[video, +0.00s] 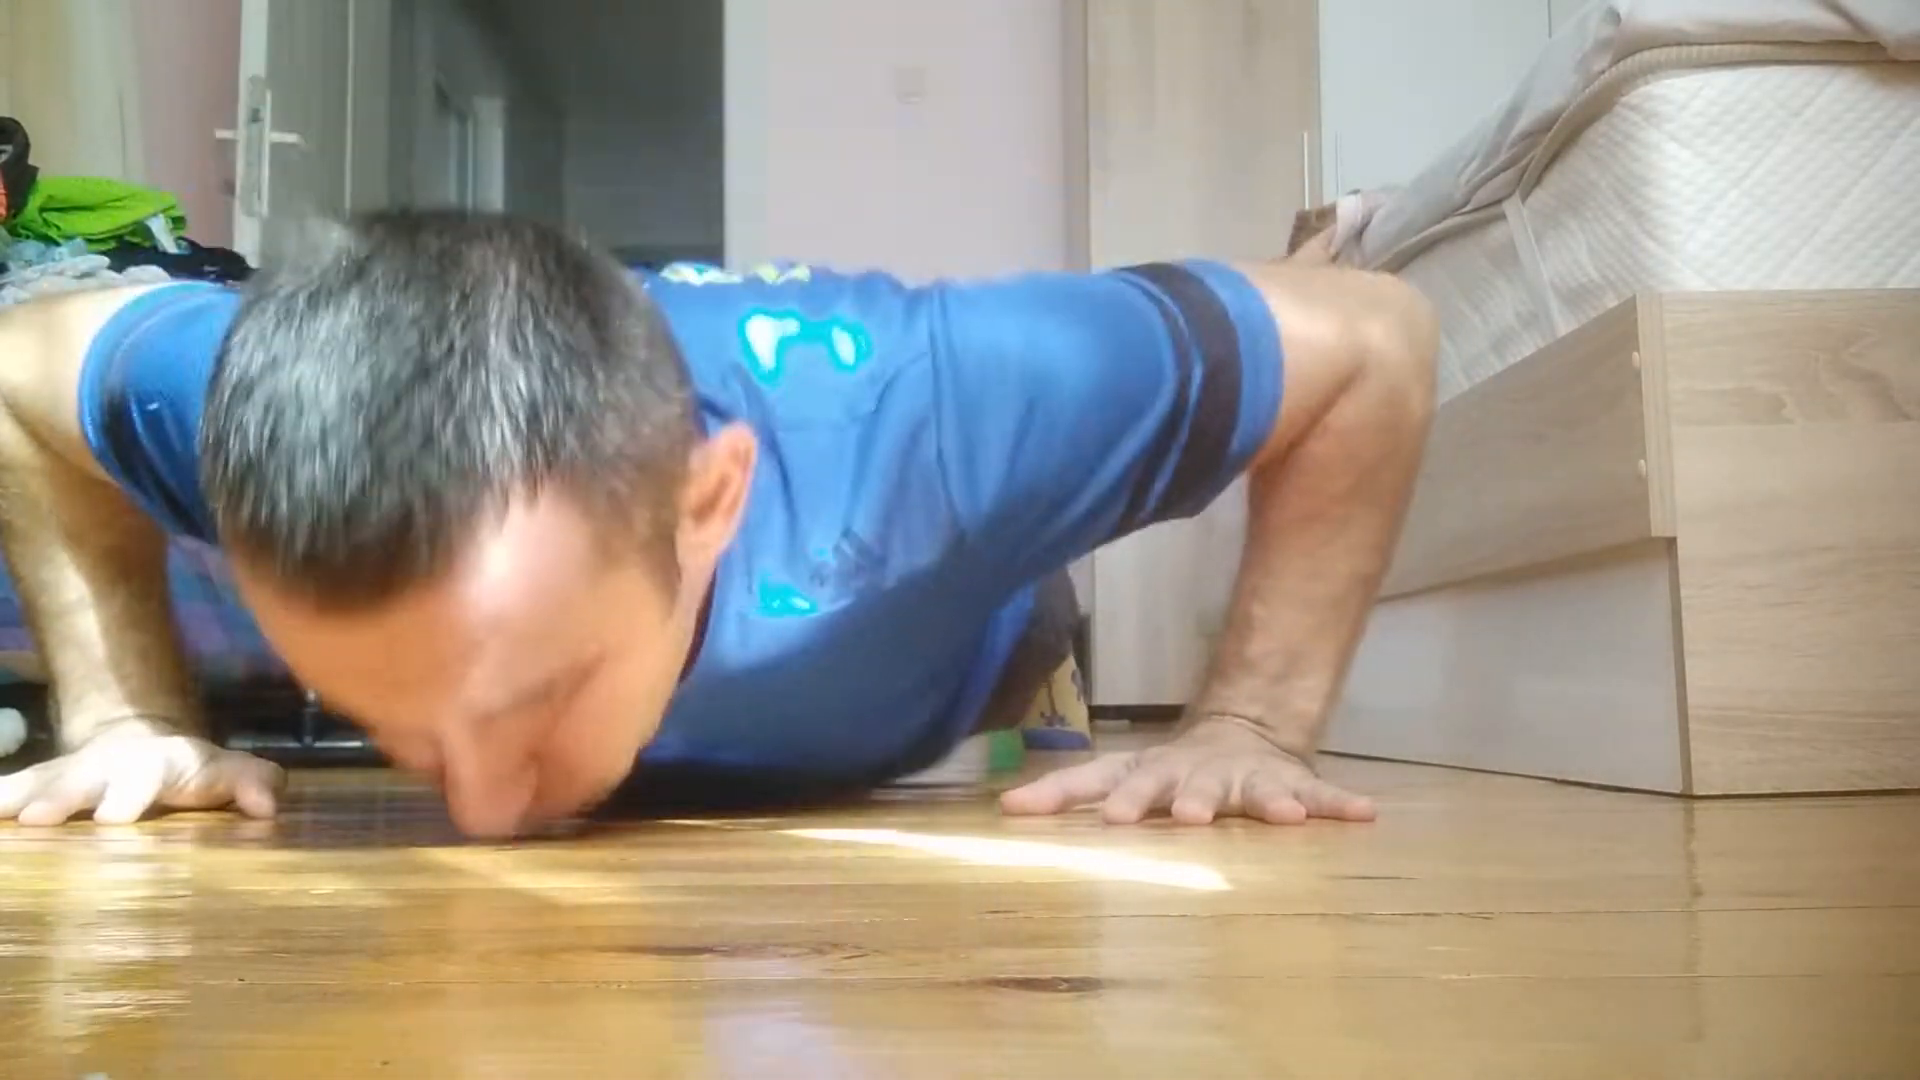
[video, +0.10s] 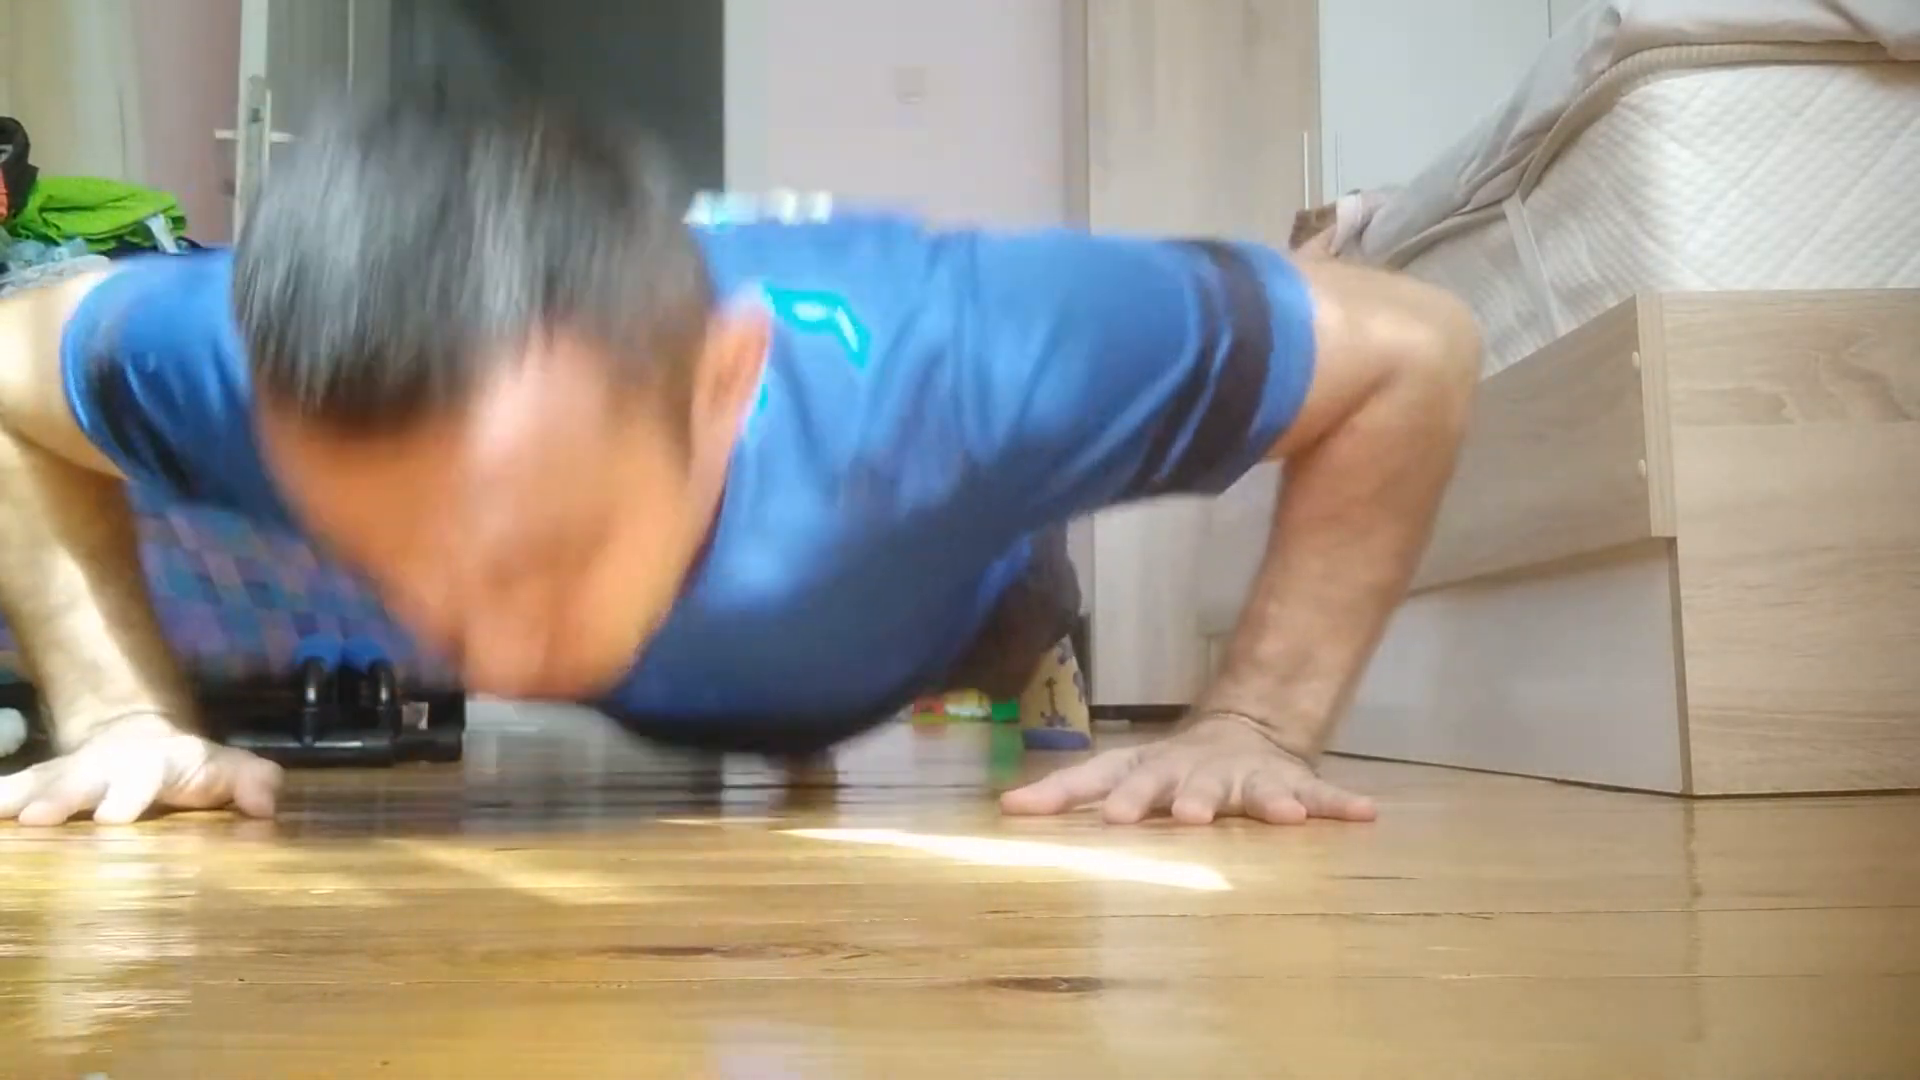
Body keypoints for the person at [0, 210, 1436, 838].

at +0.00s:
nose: (474, 798)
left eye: (543, 698)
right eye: (387, 716)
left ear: (708, 511)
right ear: (280, 556)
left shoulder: (940, 431)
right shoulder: (235, 404)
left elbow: (1374, 342)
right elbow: (27, 364)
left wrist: (1251, 721)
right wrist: (125, 715)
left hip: (910, 727)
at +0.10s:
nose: (488, 655)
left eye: (547, 573)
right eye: (406, 587)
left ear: (718, 388)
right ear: (317, 463)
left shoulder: (962, 370)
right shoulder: (241, 363)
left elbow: (1410, 352)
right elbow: (24, 369)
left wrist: (1260, 723)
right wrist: (121, 706)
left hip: (943, 641)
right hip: (681, 664)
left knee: (1008, 633)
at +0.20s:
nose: (510, 439)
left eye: (563, 346)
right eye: (435, 360)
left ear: (738, 189)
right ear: (347, 261)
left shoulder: (962, 238)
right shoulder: (271, 260)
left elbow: (1416, 357)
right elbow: (12, 389)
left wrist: (1263, 720)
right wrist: (128, 708)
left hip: (961, 556)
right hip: (718, 593)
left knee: (1013, 622)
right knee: (801, 641)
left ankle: (1033, 653)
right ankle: (807, 683)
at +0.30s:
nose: (530, 214)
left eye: (584, 109)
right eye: (457, 139)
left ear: (738, 19)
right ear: (383, 76)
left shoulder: (978, 101)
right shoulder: (303, 134)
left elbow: (1376, 357)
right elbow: (45, 380)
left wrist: (1264, 714)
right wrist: (134, 717)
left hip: (954, 495)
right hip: (704, 535)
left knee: (1008, 607)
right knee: (791, 611)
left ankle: (1027, 644)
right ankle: (816, 657)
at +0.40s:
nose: (588, 43)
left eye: (628, 0)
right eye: (541, 4)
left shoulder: (993, 21)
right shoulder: (355, 33)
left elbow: (1320, 328)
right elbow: (111, 348)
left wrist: (1257, 712)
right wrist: (140, 714)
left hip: (948, 443)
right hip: (702, 485)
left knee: (1004, 586)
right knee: (792, 592)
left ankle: (1011, 633)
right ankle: (824, 649)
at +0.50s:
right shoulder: (360, 17)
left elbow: (1216, 280)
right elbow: (210, 300)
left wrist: (1249, 709)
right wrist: (145, 712)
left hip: (942, 387)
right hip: (687, 427)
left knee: (1002, 564)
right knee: (783, 569)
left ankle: (1012, 626)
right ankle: (820, 644)